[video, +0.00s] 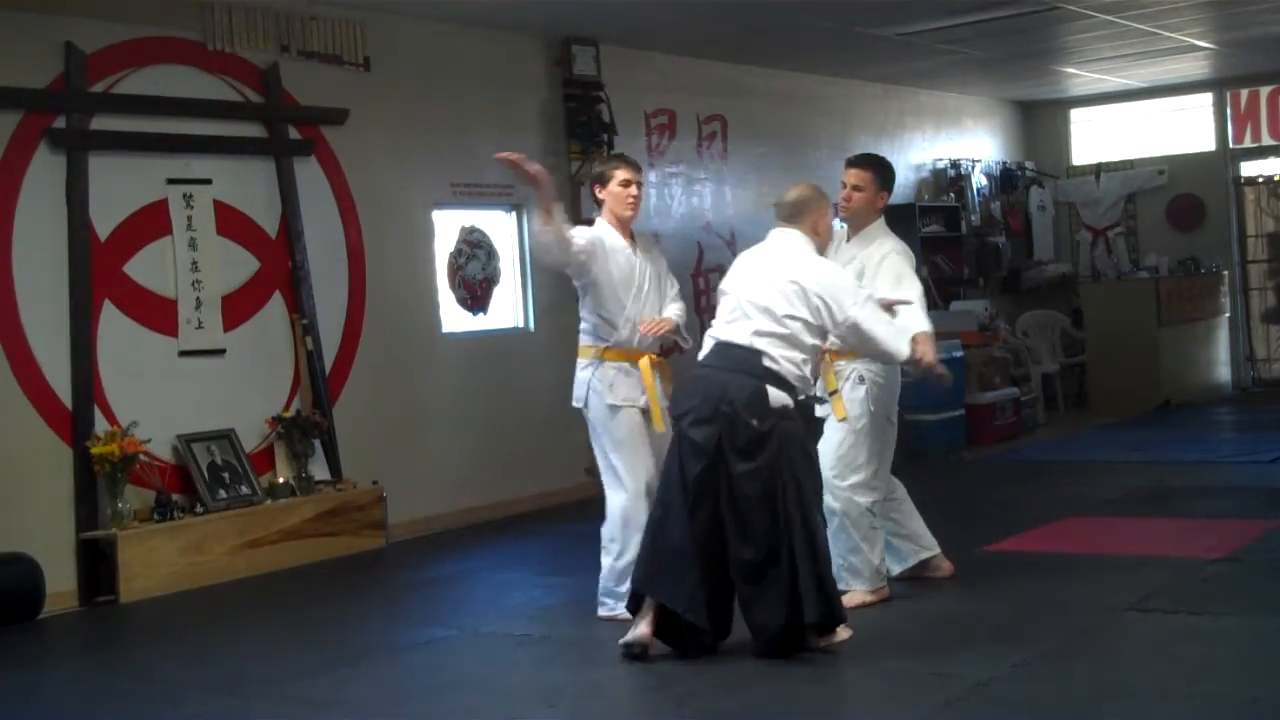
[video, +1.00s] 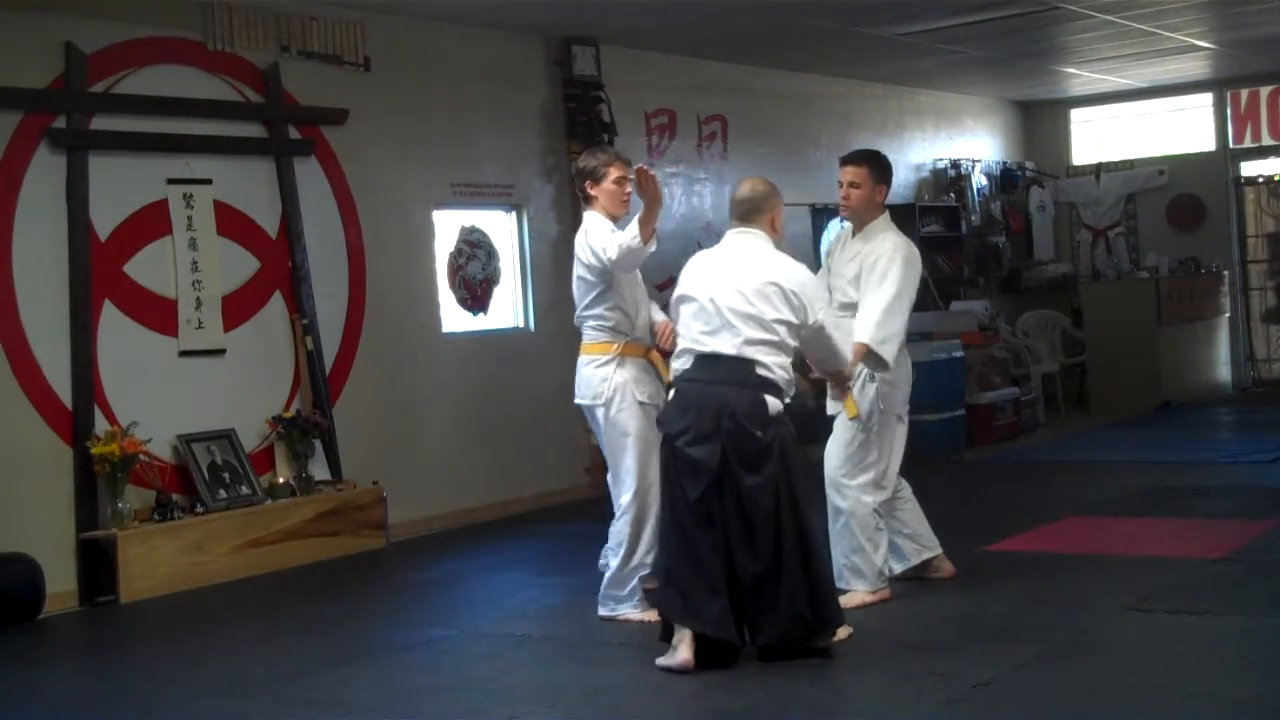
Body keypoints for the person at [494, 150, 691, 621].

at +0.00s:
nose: (634, 193)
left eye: (638, 186)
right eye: (624, 185)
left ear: (642, 194)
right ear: (600, 192)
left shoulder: (650, 247)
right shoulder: (590, 240)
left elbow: (676, 302)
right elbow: (553, 253)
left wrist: (671, 320)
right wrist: (545, 196)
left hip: (649, 373)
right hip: (608, 375)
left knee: (652, 480)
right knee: (633, 483)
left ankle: (646, 590)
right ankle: (616, 597)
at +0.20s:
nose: (632, 187)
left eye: (635, 180)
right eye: (622, 178)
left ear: (634, 188)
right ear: (595, 185)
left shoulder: (625, 234)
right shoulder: (591, 231)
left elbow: (644, 296)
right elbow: (613, 247)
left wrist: (662, 313)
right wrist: (638, 209)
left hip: (634, 367)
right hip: (610, 369)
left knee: (635, 479)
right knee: (644, 476)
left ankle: (609, 580)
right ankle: (616, 594)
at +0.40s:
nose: (633, 186)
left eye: (633, 178)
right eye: (624, 178)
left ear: (602, 187)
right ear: (595, 184)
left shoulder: (600, 229)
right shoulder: (600, 227)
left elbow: (626, 303)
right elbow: (637, 252)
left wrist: (663, 316)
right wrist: (675, 209)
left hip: (604, 367)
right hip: (617, 370)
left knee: (619, 478)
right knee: (649, 474)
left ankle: (608, 579)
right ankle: (619, 593)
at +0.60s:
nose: (632, 188)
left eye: (632, 180)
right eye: (623, 179)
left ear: (602, 187)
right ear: (594, 185)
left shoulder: (600, 229)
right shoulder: (599, 227)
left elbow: (628, 302)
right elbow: (634, 255)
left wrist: (663, 316)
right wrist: (671, 209)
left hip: (606, 366)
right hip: (617, 368)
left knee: (621, 479)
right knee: (650, 473)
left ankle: (607, 577)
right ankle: (620, 593)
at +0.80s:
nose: (630, 188)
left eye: (630, 180)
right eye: (622, 181)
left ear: (600, 189)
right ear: (593, 187)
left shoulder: (600, 230)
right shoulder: (598, 228)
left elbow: (630, 301)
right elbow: (631, 255)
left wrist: (661, 318)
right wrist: (661, 206)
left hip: (606, 367)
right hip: (620, 369)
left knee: (625, 478)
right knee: (649, 475)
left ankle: (608, 576)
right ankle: (622, 595)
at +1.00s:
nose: (628, 189)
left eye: (629, 180)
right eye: (619, 181)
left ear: (622, 189)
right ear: (591, 189)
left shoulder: (613, 232)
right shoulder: (593, 228)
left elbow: (636, 303)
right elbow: (620, 255)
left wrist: (659, 320)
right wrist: (651, 210)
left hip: (633, 367)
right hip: (613, 371)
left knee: (645, 483)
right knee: (636, 486)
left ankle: (632, 576)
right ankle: (618, 597)